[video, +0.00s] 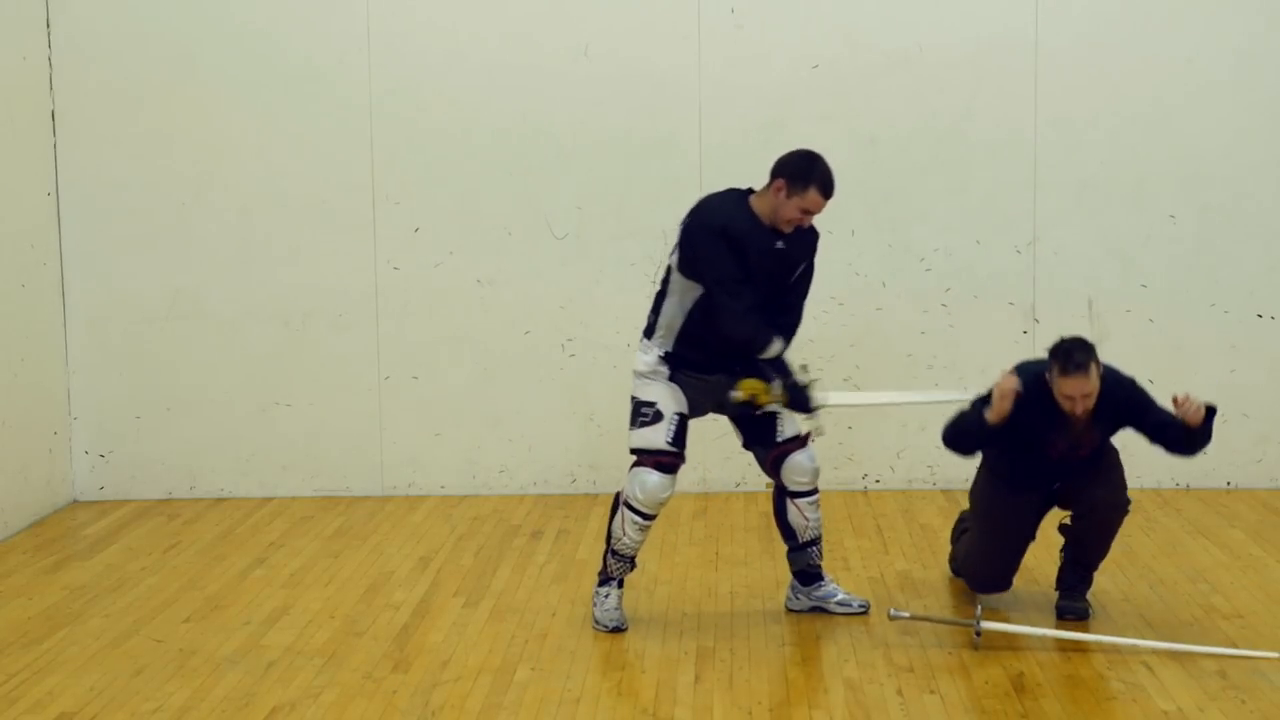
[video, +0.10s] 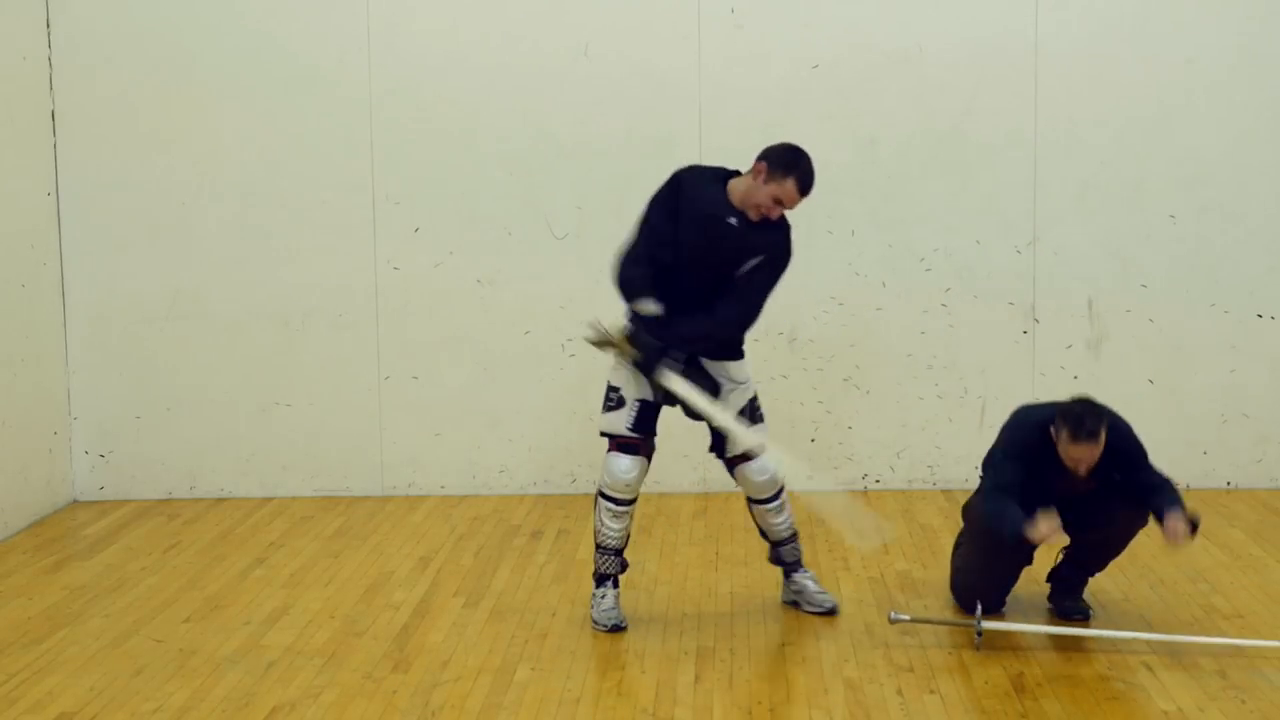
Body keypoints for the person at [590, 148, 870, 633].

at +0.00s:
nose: (807, 221)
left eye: (813, 214)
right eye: (804, 209)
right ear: (777, 188)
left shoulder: (801, 238)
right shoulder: (712, 218)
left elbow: (788, 312)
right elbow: (728, 302)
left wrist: (767, 367)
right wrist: (777, 367)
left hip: (743, 369)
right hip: (671, 368)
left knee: (799, 466)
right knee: (652, 483)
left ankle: (808, 583)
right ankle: (609, 586)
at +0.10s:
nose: (777, 214)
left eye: (786, 208)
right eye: (776, 201)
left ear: (791, 202)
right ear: (757, 171)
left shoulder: (773, 242)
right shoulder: (689, 186)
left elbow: (733, 319)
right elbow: (634, 263)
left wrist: (667, 339)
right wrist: (649, 313)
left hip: (717, 348)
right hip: (650, 335)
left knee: (757, 470)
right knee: (624, 467)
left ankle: (794, 576)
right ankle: (606, 587)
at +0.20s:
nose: (733, 194)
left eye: (747, 194)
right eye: (734, 181)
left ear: (763, 193)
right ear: (727, 156)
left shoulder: (750, 238)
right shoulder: (678, 172)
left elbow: (683, 292)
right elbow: (597, 175)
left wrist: (612, 261)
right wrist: (551, 207)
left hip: (707, 358)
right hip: (640, 347)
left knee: (739, 473)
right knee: (619, 469)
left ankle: (774, 572)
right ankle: (605, 587)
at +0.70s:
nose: (667, 188)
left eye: (678, 178)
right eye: (659, 177)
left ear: (701, 162)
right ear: (648, 162)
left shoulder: (726, 210)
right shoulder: (639, 188)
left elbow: (718, 300)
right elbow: (588, 202)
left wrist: (638, 346)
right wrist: (522, 211)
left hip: (712, 352)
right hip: (645, 350)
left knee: (745, 469)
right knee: (625, 470)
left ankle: (775, 572)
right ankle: (608, 586)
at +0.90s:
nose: (658, 195)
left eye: (669, 186)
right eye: (649, 184)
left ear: (689, 169)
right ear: (638, 168)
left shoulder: (717, 209)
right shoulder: (626, 197)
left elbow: (737, 301)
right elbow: (585, 250)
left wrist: (685, 372)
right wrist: (521, 297)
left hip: (713, 357)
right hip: (643, 358)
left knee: (746, 469)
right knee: (618, 472)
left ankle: (775, 572)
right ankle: (623, 588)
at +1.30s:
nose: (574, 176)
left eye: (584, 166)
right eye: (565, 166)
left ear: (608, 149)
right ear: (556, 156)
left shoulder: (648, 184)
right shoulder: (551, 208)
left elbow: (715, 243)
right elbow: (542, 296)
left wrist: (754, 310)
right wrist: (537, 372)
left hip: (664, 357)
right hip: (591, 363)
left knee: (701, 471)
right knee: (604, 480)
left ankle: (736, 568)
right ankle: (620, 588)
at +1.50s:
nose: (547, 165)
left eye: (556, 154)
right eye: (539, 155)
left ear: (584, 139)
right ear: (533, 147)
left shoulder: (630, 177)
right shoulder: (531, 201)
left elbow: (691, 235)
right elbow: (522, 289)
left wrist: (728, 302)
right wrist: (528, 364)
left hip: (634, 351)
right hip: (567, 357)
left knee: (629, 477)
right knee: (590, 481)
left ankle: (645, 596)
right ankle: (617, 588)